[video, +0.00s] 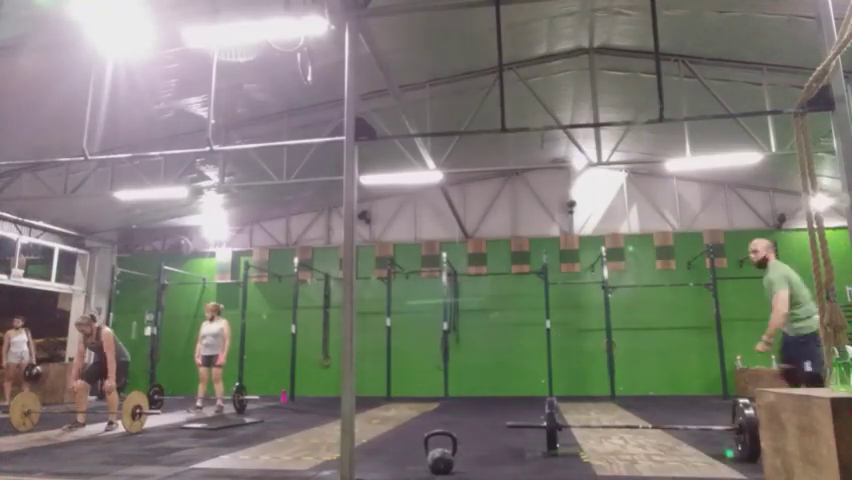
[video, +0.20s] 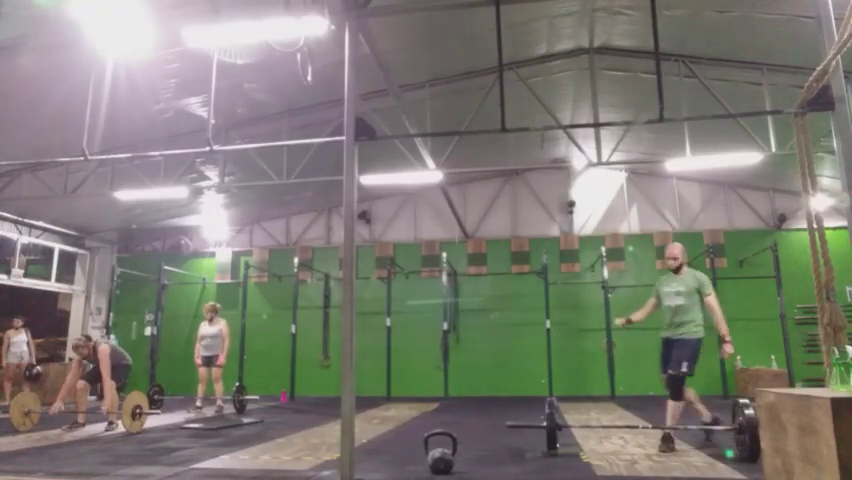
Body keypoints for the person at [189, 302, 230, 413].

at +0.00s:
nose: (207, 313)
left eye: (209, 311)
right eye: (206, 311)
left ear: (215, 312)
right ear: (206, 312)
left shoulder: (223, 323)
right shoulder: (204, 324)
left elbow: (227, 340)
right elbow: (200, 341)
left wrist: (223, 355)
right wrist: (197, 355)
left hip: (217, 353)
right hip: (204, 353)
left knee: (216, 378)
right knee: (202, 378)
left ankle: (219, 402)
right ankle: (199, 402)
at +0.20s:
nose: (206, 315)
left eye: (208, 313)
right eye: (205, 313)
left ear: (214, 313)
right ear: (204, 313)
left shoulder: (222, 323)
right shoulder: (203, 324)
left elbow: (226, 339)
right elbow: (198, 341)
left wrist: (223, 356)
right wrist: (196, 356)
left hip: (216, 354)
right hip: (203, 354)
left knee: (216, 378)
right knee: (202, 379)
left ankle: (219, 402)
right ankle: (199, 401)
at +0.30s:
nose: (202, 329)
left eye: (203, 326)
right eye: (200, 327)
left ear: (207, 324)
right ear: (198, 326)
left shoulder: (217, 330)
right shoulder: (197, 332)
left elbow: (223, 346)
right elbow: (193, 350)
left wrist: (223, 362)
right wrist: (191, 367)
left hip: (217, 356)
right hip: (204, 356)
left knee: (217, 377)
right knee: (200, 375)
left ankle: (220, 401)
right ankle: (199, 400)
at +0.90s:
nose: (192, 344)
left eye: (194, 342)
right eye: (191, 342)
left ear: (200, 342)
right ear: (190, 342)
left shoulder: (210, 349)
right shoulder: (191, 351)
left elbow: (218, 366)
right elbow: (187, 366)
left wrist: (218, 383)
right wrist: (184, 383)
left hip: (217, 362)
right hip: (201, 364)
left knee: (217, 383)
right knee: (194, 379)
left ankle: (219, 404)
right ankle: (197, 404)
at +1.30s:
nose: (202, 316)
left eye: (204, 314)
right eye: (201, 314)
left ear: (210, 315)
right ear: (200, 316)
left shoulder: (217, 327)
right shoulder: (199, 329)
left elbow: (223, 342)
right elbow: (192, 344)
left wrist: (223, 359)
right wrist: (189, 360)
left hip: (217, 356)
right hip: (203, 356)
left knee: (217, 378)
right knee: (199, 377)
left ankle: (219, 402)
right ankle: (198, 402)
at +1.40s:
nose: (198, 335)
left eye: (201, 333)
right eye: (197, 333)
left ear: (207, 334)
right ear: (195, 334)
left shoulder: (215, 343)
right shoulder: (197, 344)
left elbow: (221, 361)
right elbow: (191, 360)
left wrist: (219, 377)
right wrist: (186, 377)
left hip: (219, 362)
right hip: (205, 363)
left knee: (218, 381)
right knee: (195, 378)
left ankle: (219, 403)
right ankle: (197, 404)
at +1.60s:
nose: (197, 332)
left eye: (199, 330)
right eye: (196, 330)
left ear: (205, 331)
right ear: (195, 331)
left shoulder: (214, 340)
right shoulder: (196, 342)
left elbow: (219, 355)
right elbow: (190, 358)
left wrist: (221, 374)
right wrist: (186, 375)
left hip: (218, 360)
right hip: (205, 361)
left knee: (219, 381)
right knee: (196, 378)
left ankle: (219, 403)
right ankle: (198, 404)